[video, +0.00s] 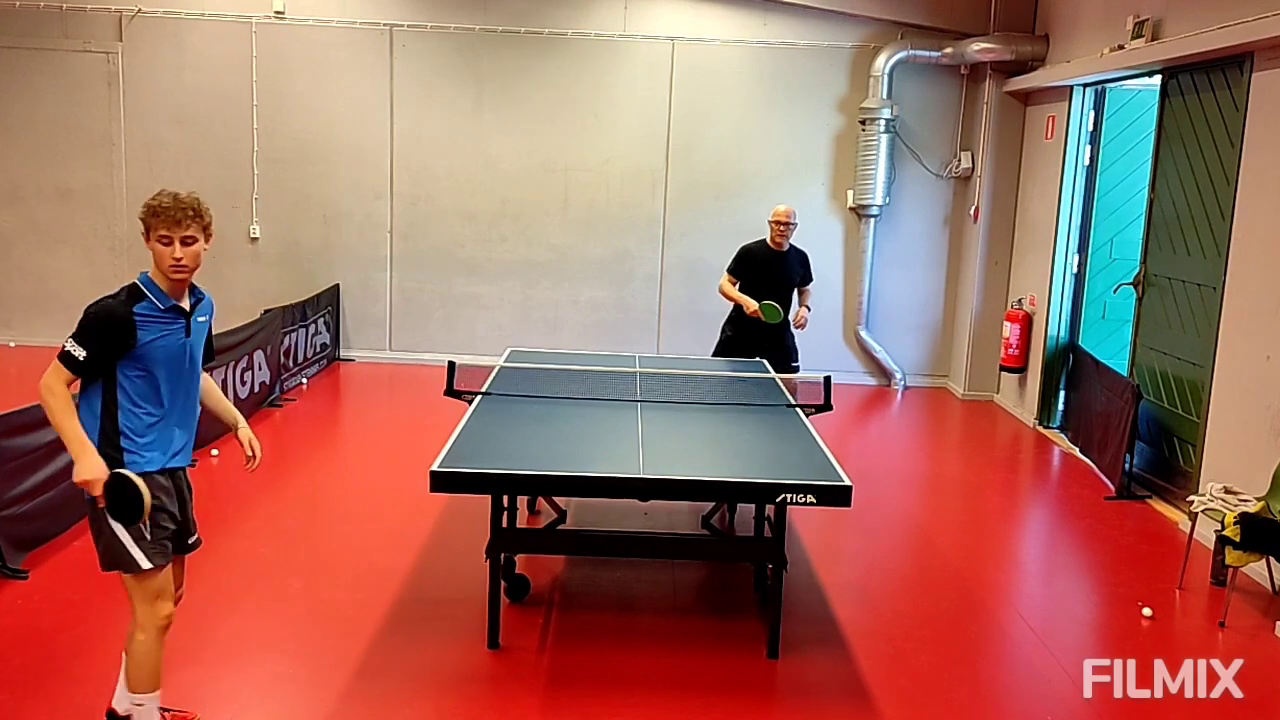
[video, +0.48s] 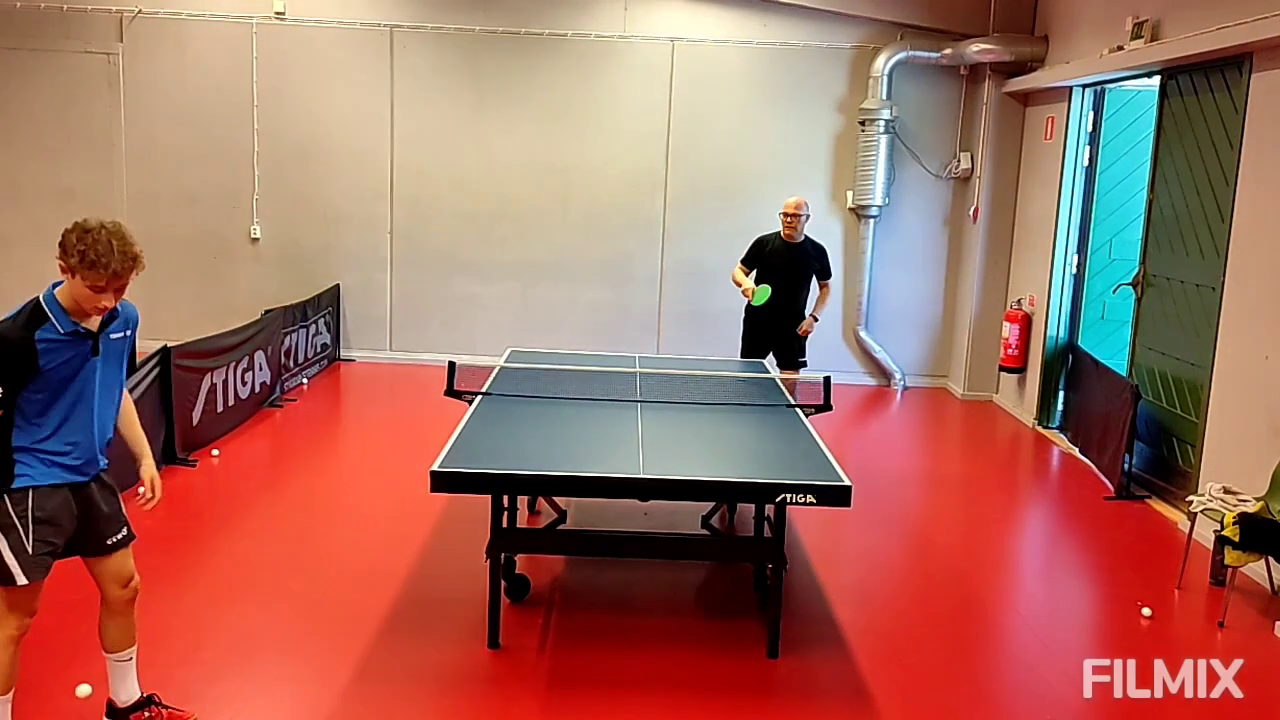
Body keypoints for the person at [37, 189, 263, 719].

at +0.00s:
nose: (178, 253)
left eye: (189, 241)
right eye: (166, 241)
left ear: (205, 246)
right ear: (148, 244)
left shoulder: (200, 308)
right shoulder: (116, 314)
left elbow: (195, 375)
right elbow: (52, 385)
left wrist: (238, 422)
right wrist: (85, 455)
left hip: (174, 475)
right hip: (130, 482)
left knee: (166, 601)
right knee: (155, 612)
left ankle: (125, 704)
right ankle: (147, 715)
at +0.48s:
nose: (108, 301)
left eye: (118, 290)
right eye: (96, 289)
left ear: (127, 278)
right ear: (66, 271)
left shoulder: (123, 320)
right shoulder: (22, 330)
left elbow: (117, 392)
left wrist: (145, 456)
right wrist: (6, 479)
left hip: (91, 478)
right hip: (28, 485)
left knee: (123, 589)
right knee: (15, 620)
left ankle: (127, 703)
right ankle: (3, 713)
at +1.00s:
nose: (161, 493)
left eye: (168, 487)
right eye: (163, 483)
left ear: (139, 459)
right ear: (139, 460)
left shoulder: (118, 470)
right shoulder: (51, 426)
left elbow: (99, 547)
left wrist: (110, 622)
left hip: (15, 498)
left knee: (64, 582)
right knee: (59, 584)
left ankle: (28, 684)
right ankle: (28, 683)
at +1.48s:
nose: (191, 277)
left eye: (192, 268)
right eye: (189, 267)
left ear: (153, 266)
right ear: (165, 268)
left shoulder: (122, 319)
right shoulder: (98, 323)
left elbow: (108, 405)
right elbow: (43, 404)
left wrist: (145, 462)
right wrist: (108, 457)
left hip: (62, 469)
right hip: (43, 474)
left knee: (51, 583)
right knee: (90, 591)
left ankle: (22, 689)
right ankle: (58, 711)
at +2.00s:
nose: (236, 250)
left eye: (236, 241)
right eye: (232, 241)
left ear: (197, 244)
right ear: (206, 244)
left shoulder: (204, 304)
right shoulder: (137, 312)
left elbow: (239, 355)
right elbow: (80, 389)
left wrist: (313, 369)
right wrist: (75, 469)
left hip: (180, 457)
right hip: (136, 469)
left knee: (200, 546)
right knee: (153, 582)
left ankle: (175, 649)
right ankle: (140, 705)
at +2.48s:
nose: (290, 249)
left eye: (290, 240)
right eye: (286, 239)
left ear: (253, 242)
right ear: (262, 243)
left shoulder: (238, 296)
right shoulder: (221, 301)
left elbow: (227, 380)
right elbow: (265, 381)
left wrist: (281, 368)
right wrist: (342, 363)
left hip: (206, 444)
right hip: (171, 451)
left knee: (221, 543)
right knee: (176, 574)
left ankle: (207, 650)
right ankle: (145, 698)